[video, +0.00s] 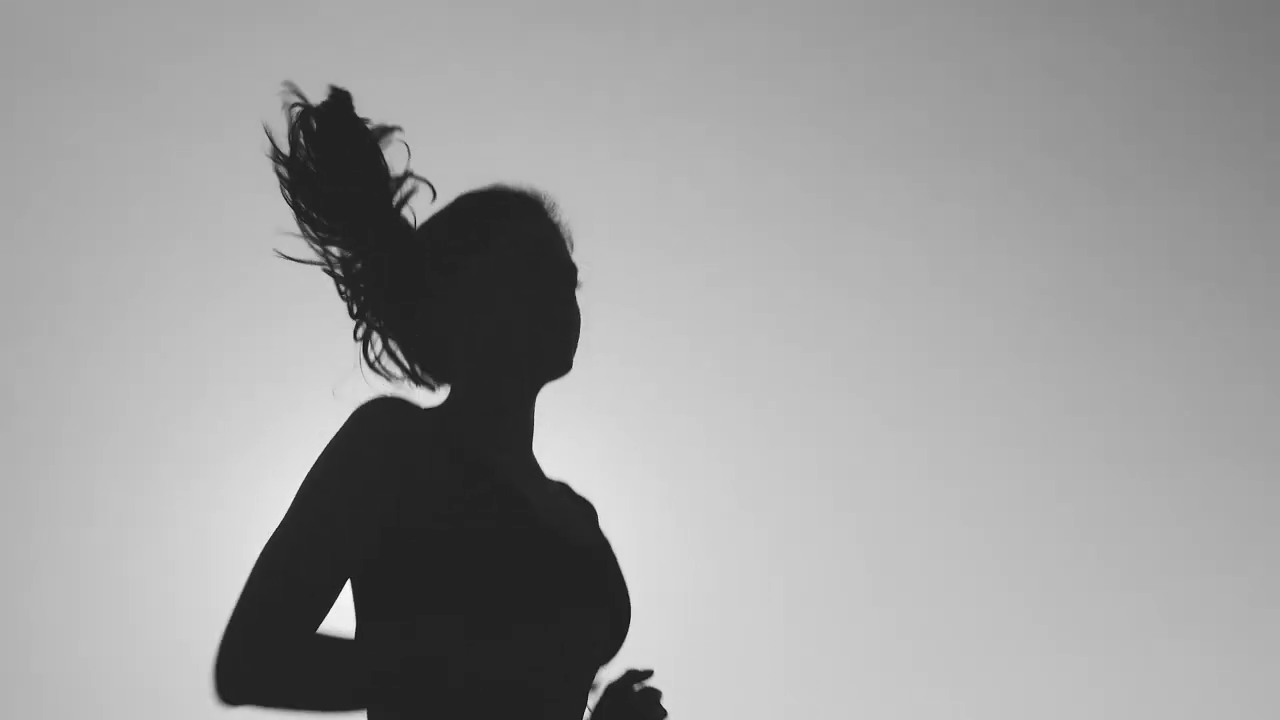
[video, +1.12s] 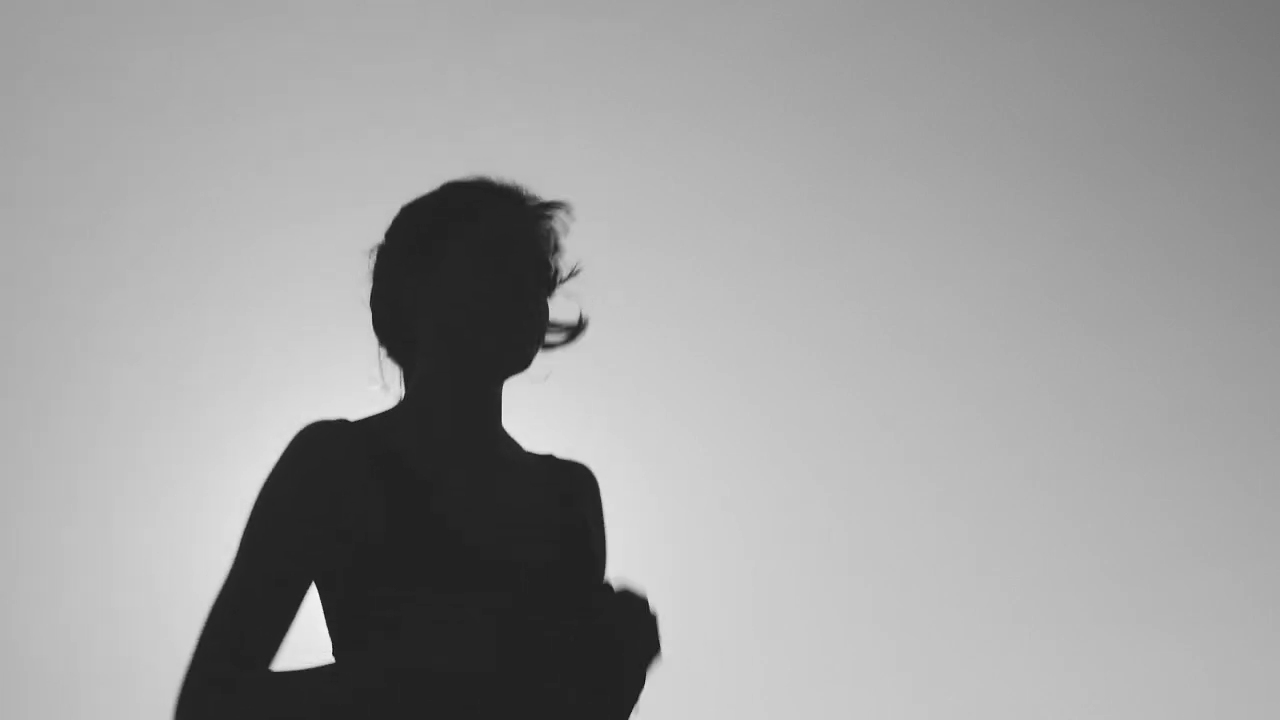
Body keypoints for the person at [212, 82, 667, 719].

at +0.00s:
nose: (574, 303)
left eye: (570, 283)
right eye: (546, 279)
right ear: (463, 299)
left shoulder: (572, 512)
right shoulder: (390, 437)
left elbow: (540, 697)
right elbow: (249, 664)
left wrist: (602, 710)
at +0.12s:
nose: (569, 323)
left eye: (567, 300)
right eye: (535, 297)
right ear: (448, 327)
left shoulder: (577, 541)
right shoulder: (377, 471)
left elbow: (555, 706)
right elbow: (203, 688)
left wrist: (631, 719)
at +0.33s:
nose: (558, 303)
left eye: (560, 281)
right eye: (523, 278)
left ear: (566, 308)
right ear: (433, 307)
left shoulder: (584, 515)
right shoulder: (353, 451)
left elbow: (643, 718)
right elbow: (165, 641)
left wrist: (659, 649)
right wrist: (328, 698)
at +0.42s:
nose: (553, 274)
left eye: (556, 254)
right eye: (520, 249)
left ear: (559, 284)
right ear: (436, 273)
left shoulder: (589, 482)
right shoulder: (345, 422)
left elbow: (689, 703)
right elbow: (164, 603)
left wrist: (651, 581)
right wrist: (293, 655)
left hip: (529, 707)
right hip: (385, 709)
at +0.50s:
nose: (551, 253)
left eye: (553, 231)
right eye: (519, 226)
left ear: (555, 259)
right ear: (434, 247)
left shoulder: (589, 445)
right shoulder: (338, 399)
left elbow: (718, 664)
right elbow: (166, 574)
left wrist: (631, 518)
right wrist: (270, 615)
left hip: (527, 708)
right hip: (380, 704)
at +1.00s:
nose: (519, 270)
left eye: (531, 247)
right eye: (487, 242)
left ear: (545, 276)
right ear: (415, 264)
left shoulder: (573, 455)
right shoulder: (321, 426)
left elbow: (647, 687)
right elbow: (178, 655)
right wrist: (344, 626)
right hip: (374, 712)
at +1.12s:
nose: (520, 301)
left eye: (533, 281)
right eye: (489, 275)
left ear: (545, 311)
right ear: (412, 299)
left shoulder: (569, 492)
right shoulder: (330, 462)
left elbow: (576, 700)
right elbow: (209, 693)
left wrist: (617, 656)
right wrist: (382, 682)